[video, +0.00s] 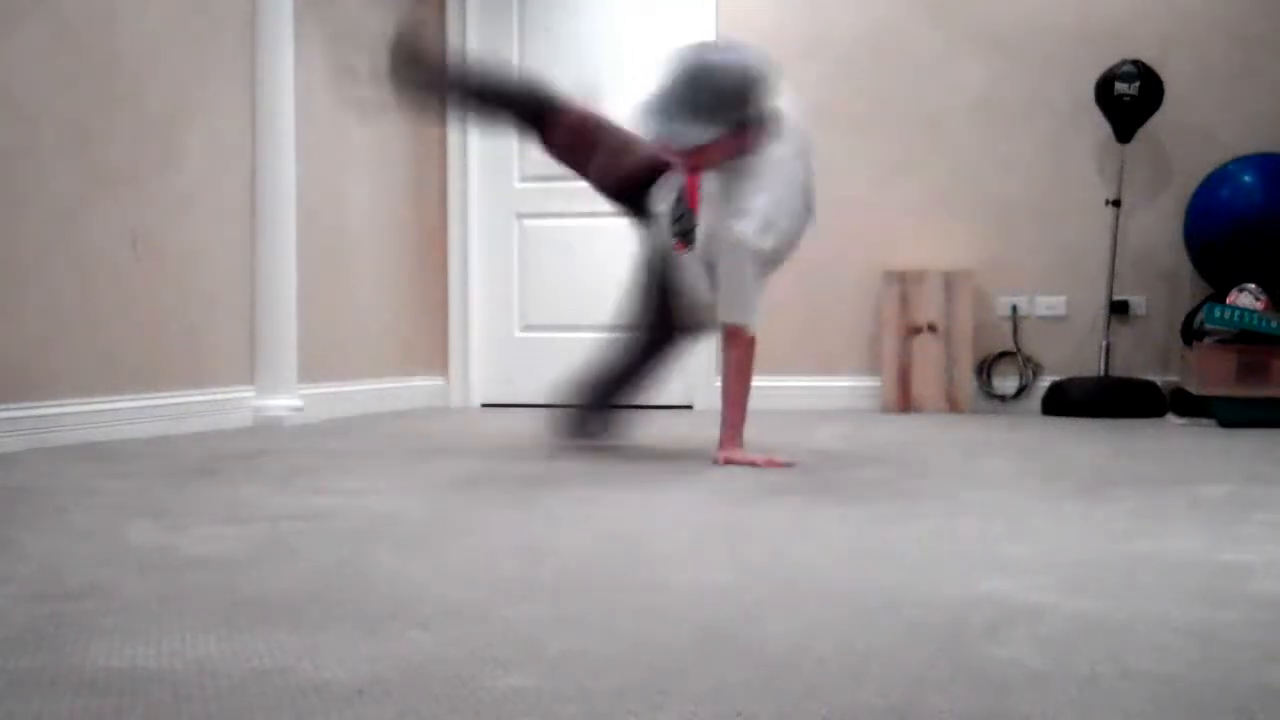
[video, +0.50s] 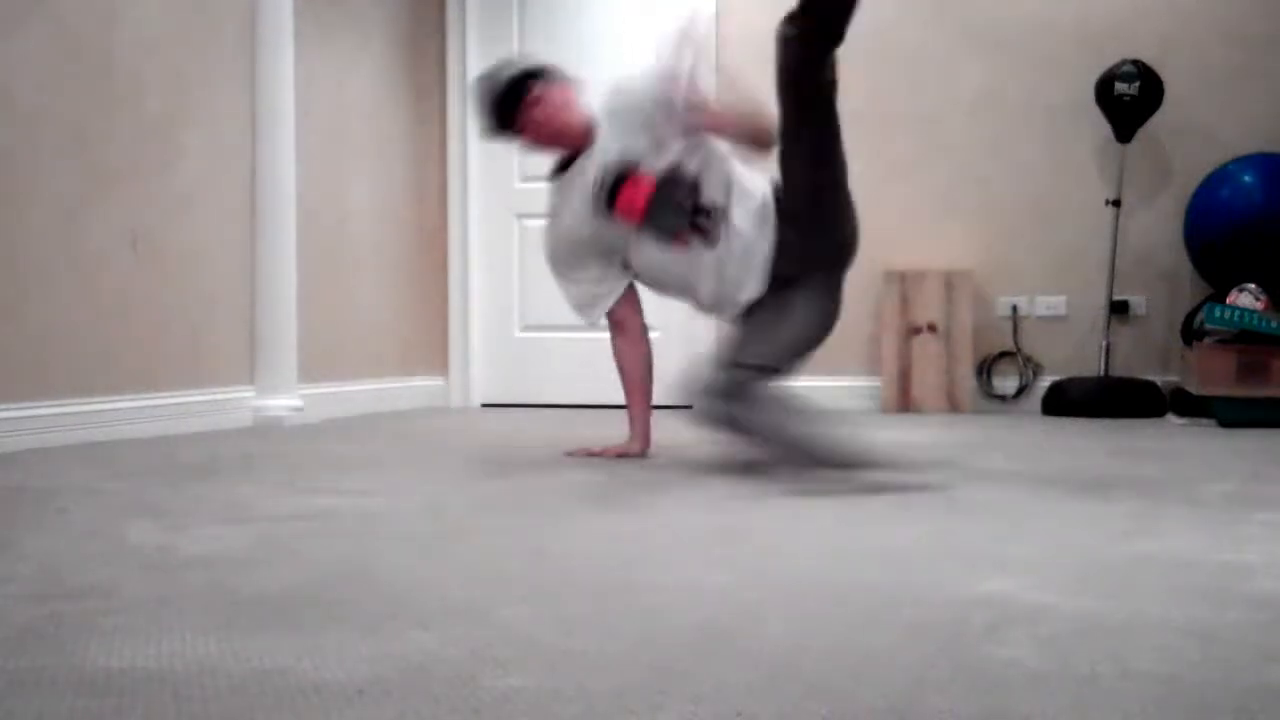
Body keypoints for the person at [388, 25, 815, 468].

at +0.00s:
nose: (682, 151)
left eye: (696, 141)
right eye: (679, 136)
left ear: (739, 133)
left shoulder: (744, 229)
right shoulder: (754, 109)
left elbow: (739, 336)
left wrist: (731, 445)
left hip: (686, 282)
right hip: (671, 196)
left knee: (643, 351)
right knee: (553, 117)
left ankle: (587, 415)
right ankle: (435, 77)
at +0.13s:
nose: (616, 199)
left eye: (627, 184)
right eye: (609, 184)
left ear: (669, 165)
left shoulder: (728, 188)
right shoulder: (620, 165)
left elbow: (733, 328)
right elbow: (613, 259)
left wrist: (731, 441)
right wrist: (606, 365)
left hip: (800, 190)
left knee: (785, 292)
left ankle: (786, 388)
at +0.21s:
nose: (586, 244)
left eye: (594, 227)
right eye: (575, 232)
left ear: (632, 203)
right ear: (563, 218)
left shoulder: (704, 205)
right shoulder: (583, 235)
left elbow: (725, 327)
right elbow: (624, 326)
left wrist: (731, 442)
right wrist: (635, 440)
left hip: (786, 144)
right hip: (700, 141)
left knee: (883, 284)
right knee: (640, 296)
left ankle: (967, 310)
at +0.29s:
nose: (557, 247)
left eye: (559, 228)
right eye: (543, 239)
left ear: (589, 195)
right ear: (536, 231)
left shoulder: (661, 190)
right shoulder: (573, 251)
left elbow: (709, 324)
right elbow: (620, 331)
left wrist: (733, 440)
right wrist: (635, 438)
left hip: (767, 159)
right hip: (727, 222)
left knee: (891, 170)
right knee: (753, 372)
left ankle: (1015, 185)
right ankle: (861, 383)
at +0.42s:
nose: (511, 164)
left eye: (509, 143)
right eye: (496, 161)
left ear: (542, 119)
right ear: (500, 171)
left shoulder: (622, 147)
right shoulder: (556, 237)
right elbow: (624, 325)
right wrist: (639, 439)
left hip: (789, 200)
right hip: (776, 283)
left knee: (808, 51)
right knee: (804, 407)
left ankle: (921, 5)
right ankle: (974, 431)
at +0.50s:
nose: (543, 120)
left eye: (539, 101)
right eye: (527, 122)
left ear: (563, 85)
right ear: (527, 139)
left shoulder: (634, 104)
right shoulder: (573, 232)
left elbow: (764, 134)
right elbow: (627, 328)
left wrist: (707, 115)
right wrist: (638, 441)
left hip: (803, 230)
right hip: (776, 308)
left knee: (802, 45)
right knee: (722, 395)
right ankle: (857, 463)